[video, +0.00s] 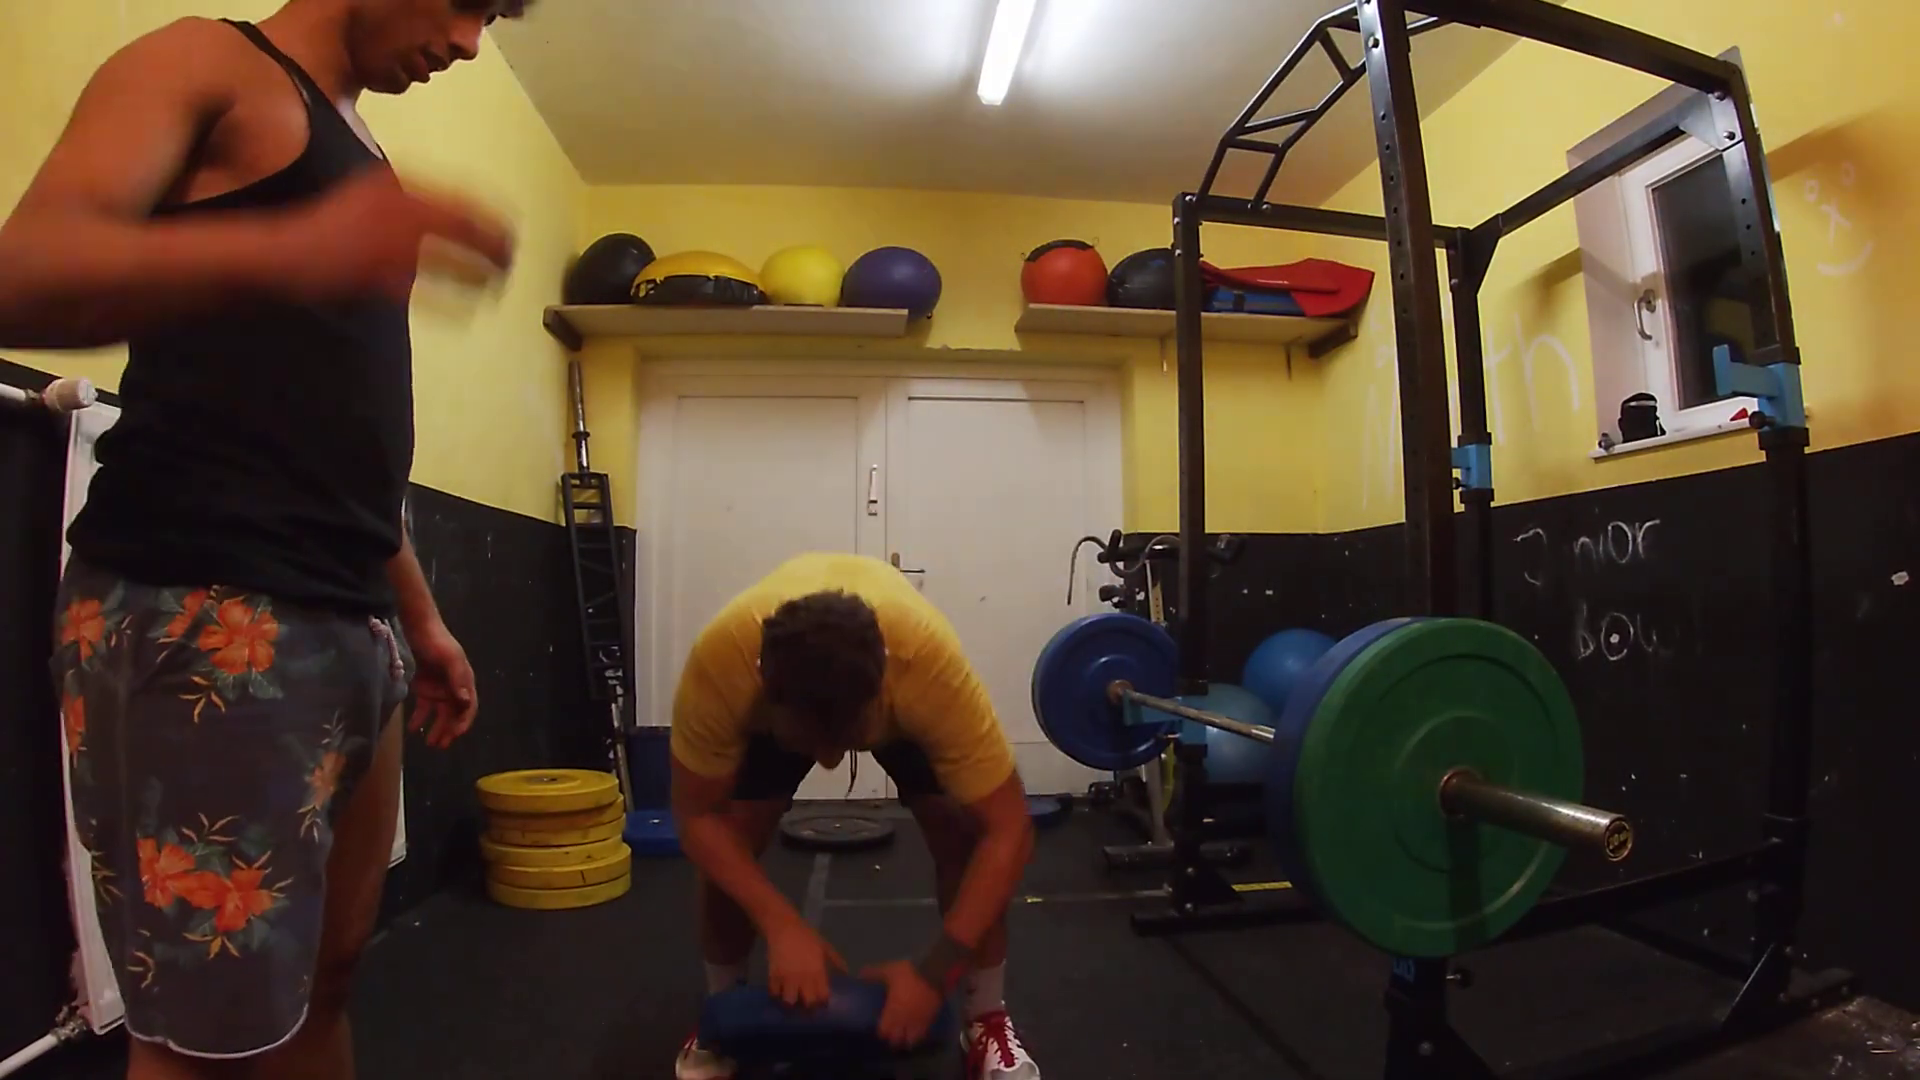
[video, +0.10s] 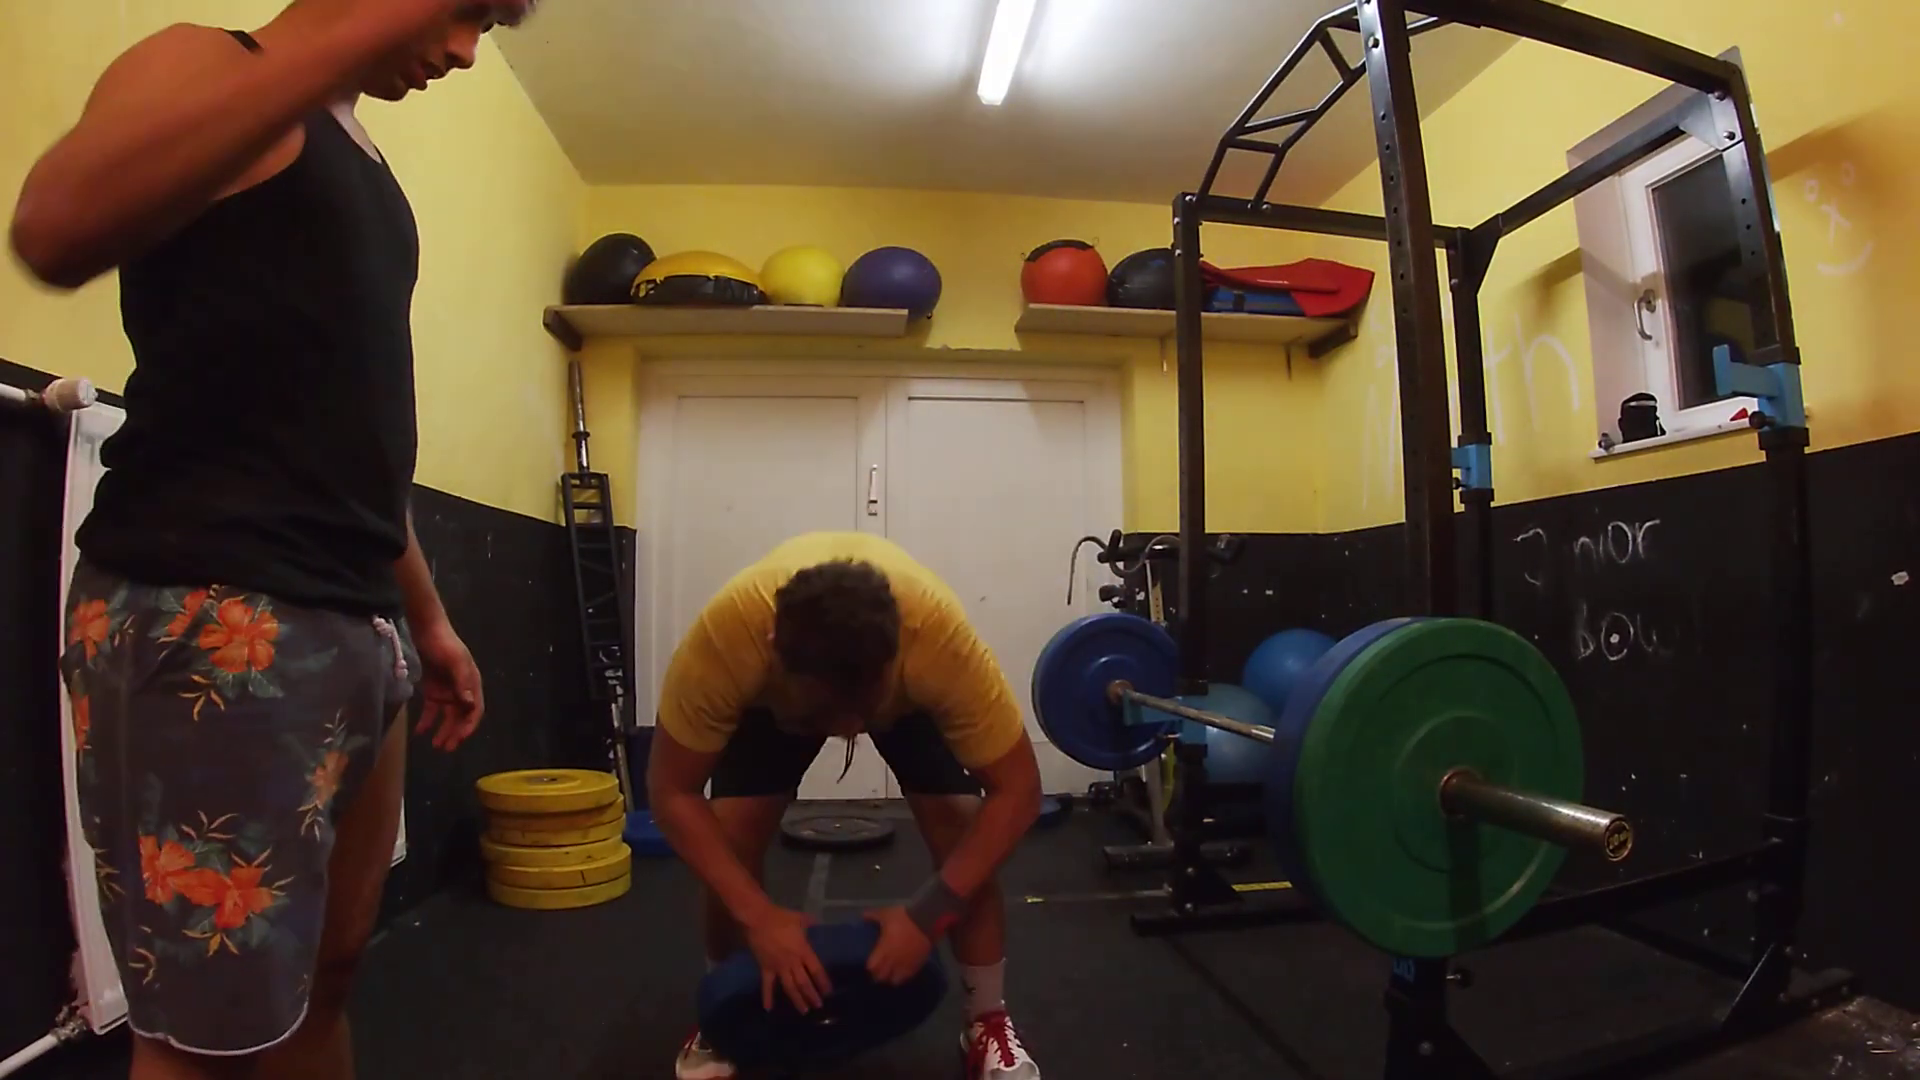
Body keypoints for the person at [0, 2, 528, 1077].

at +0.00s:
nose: (470, 43)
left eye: (488, 24)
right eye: (471, 8)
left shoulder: (363, 162)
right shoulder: (197, 61)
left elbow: (342, 422)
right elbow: (25, 271)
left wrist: (417, 614)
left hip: (347, 630)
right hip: (199, 622)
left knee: (318, 1000)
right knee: (201, 1039)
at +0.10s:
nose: (467, 52)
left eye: (485, 32)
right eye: (473, 18)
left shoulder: (355, 148)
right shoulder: (210, 62)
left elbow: (350, 415)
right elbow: (51, 231)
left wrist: (424, 614)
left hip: (355, 625)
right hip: (210, 615)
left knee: (321, 991)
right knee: (206, 1037)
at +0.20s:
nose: (459, 60)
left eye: (479, 38)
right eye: (463, 21)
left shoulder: (344, 143)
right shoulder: (226, 94)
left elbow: (356, 408)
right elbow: (136, 102)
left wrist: (430, 616)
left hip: (358, 620)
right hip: (214, 617)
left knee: (324, 989)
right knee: (207, 1032)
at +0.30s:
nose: (450, 67)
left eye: (472, 46)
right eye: (453, 27)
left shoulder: (341, 141)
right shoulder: (194, 94)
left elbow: (355, 406)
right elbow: (242, 24)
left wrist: (430, 610)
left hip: (359, 622)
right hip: (220, 620)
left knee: (323, 999)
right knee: (210, 1035)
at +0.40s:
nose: (445, 69)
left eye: (467, 49)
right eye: (449, 27)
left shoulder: (340, 145)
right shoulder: (195, 87)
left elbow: (351, 403)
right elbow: (223, 34)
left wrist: (428, 609)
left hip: (360, 622)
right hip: (222, 620)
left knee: (327, 993)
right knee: (215, 1035)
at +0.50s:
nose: (441, 69)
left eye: (463, 49)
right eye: (445, 28)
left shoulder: (342, 151)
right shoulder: (198, 86)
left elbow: (347, 401)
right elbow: (229, 28)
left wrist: (420, 605)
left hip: (357, 619)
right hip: (223, 617)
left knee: (325, 996)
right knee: (215, 1034)